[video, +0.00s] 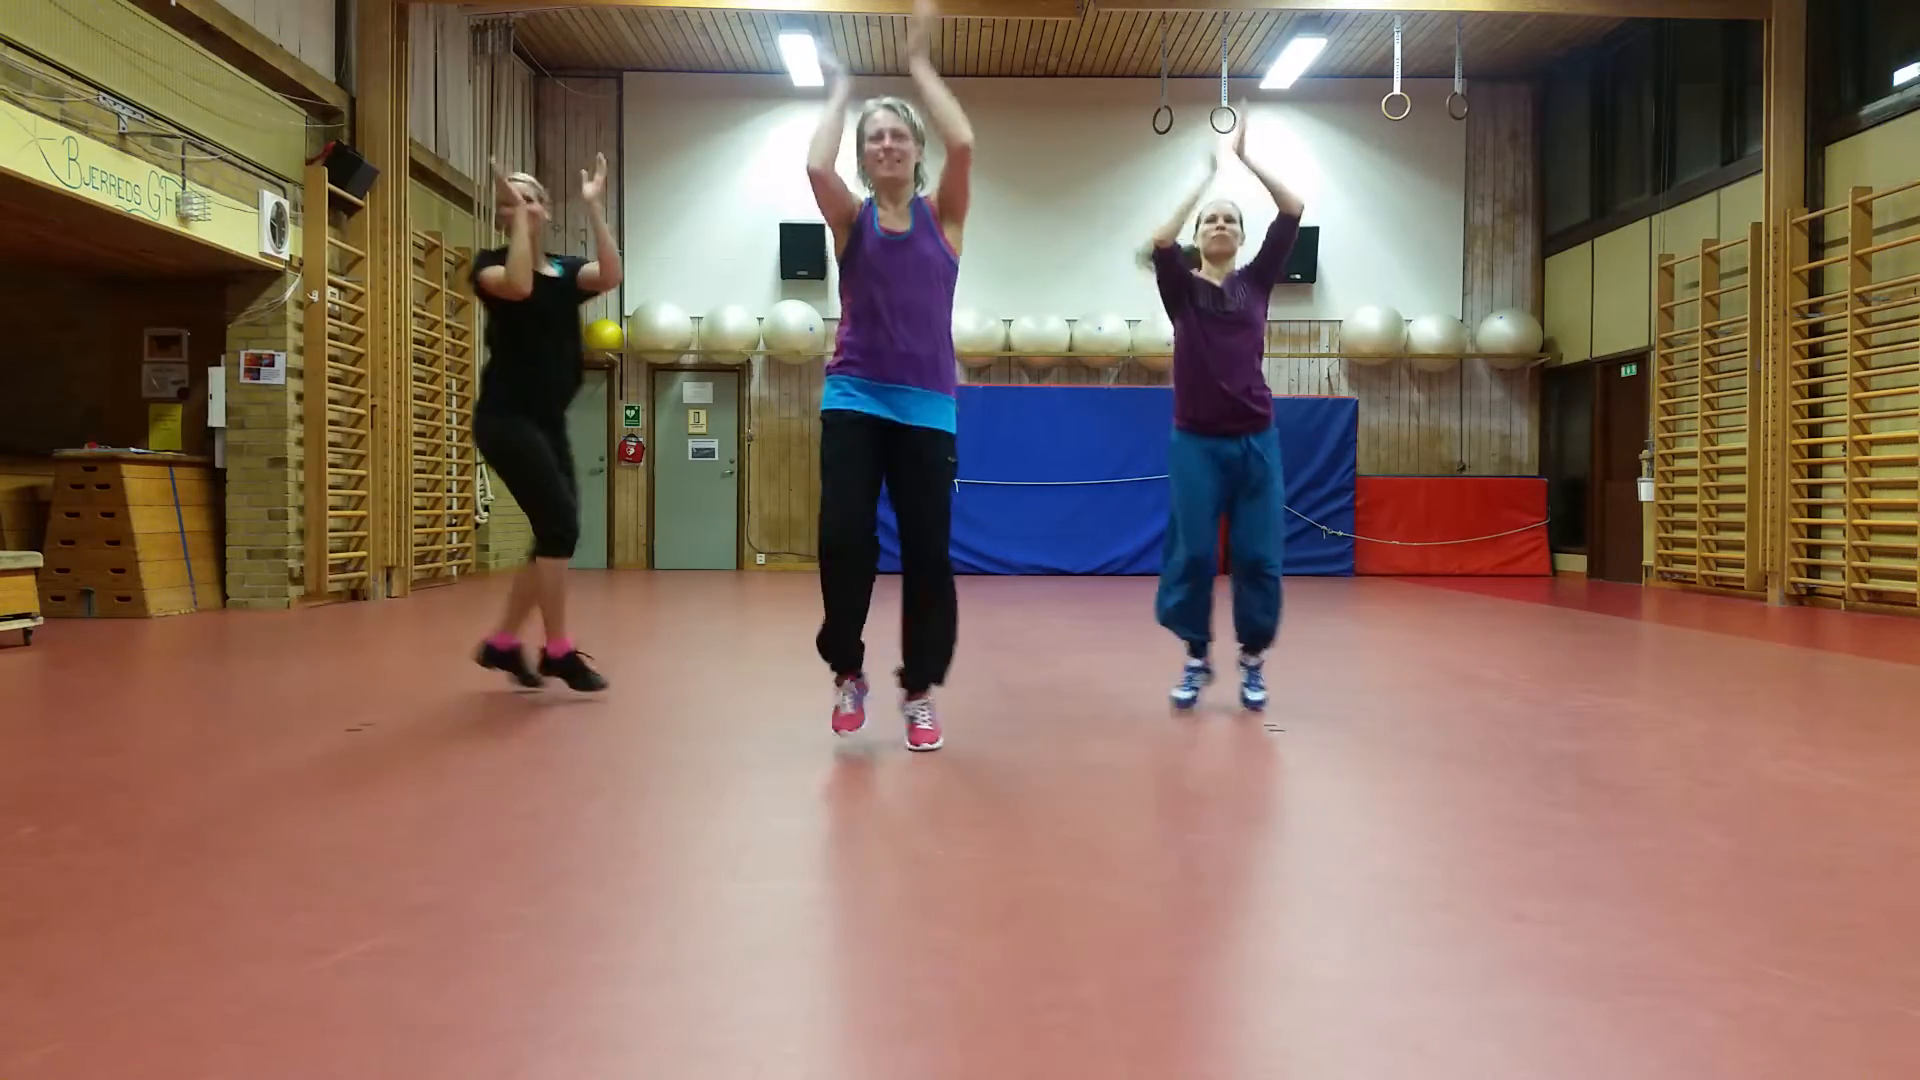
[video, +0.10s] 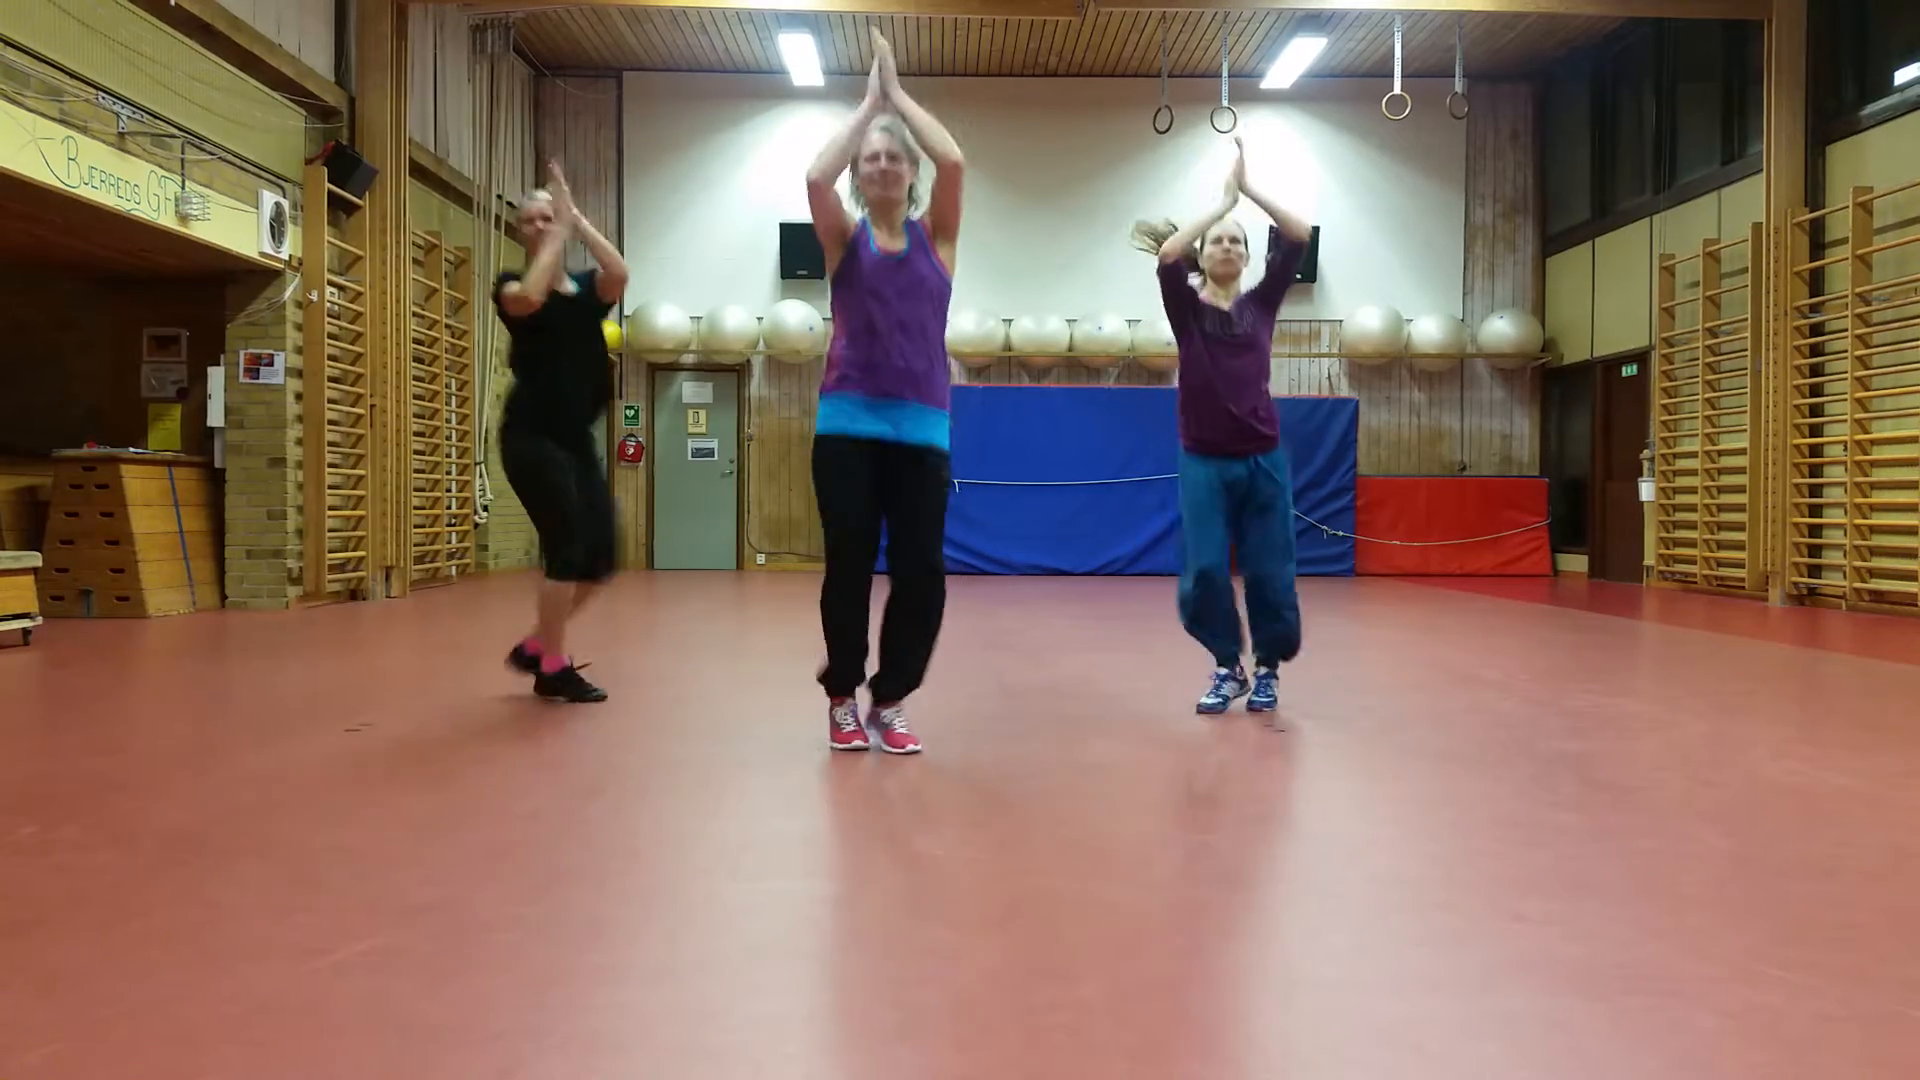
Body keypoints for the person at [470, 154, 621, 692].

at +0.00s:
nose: (530, 207)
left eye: (535, 199)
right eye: (520, 199)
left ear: (547, 211)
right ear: (502, 211)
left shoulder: (563, 269)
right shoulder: (487, 267)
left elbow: (611, 275)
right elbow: (519, 285)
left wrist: (594, 208)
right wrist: (519, 216)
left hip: (548, 417)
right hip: (504, 417)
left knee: (558, 531)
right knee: (557, 527)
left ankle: (503, 640)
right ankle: (558, 650)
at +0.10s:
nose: (544, 226)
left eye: (551, 218)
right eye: (534, 218)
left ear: (563, 228)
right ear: (519, 231)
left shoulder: (585, 287)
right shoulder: (511, 286)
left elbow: (619, 274)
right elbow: (528, 298)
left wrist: (576, 219)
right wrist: (552, 238)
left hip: (576, 434)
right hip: (530, 434)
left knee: (600, 553)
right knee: (564, 541)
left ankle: (535, 645)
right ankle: (553, 666)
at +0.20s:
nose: (564, 237)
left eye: (570, 230)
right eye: (553, 231)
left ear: (581, 243)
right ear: (539, 245)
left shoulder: (605, 298)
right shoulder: (532, 304)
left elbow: (642, 276)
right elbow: (539, 301)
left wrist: (603, 217)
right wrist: (565, 238)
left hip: (602, 454)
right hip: (552, 455)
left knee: (654, 550)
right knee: (584, 561)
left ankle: (589, 625)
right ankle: (553, 674)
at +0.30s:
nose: (581, 217)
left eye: (589, 209)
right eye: (571, 210)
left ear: (605, 222)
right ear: (560, 221)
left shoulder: (627, 280)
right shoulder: (550, 285)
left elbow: (672, 268)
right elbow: (553, 287)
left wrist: (652, 202)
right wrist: (557, 212)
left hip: (629, 434)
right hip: (573, 438)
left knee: (680, 526)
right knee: (591, 546)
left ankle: (655, 636)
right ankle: (558, 661)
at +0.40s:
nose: (604, 214)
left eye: (614, 207)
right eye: (595, 206)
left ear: (627, 219)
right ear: (581, 217)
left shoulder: (645, 273)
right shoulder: (567, 277)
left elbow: (687, 262)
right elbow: (574, 278)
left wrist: (673, 191)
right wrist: (574, 203)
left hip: (656, 422)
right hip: (597, 429)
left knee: (686, 535)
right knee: (612, 543)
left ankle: (711, 646)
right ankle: (598, 653)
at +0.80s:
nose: (643, 219)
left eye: (653, 213)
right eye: (635, 213)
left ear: (668, 226)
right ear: (622, 225)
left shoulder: (689, 274)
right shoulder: (609, 279)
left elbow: (688, 293)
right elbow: (576, 299)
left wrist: (646, 234)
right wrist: (609, 232)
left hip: (669, 431)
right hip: (607, 431)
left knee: (696, 543)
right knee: (605, 547)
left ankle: (701, 651)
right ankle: (608, 657)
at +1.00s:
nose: (644, 227)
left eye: (654, 221)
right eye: (636, 220)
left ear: (669, 234)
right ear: (623, 231)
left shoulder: (685, 292)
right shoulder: (599, 296)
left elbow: (715, 343)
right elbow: (553, 348)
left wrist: (653, 312)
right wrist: (591, 302)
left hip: (666, 445)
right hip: (604, 446)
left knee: (705, 540)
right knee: (604, 562)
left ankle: (696, 650)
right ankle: (607, 665)